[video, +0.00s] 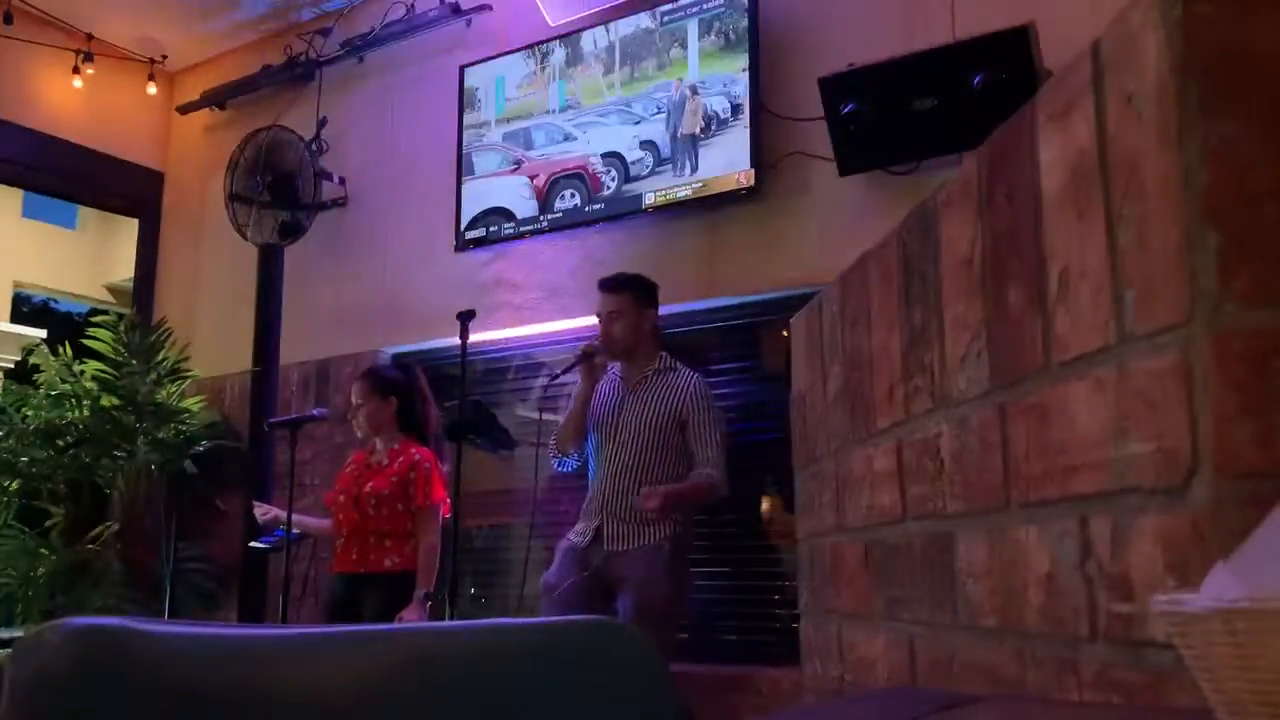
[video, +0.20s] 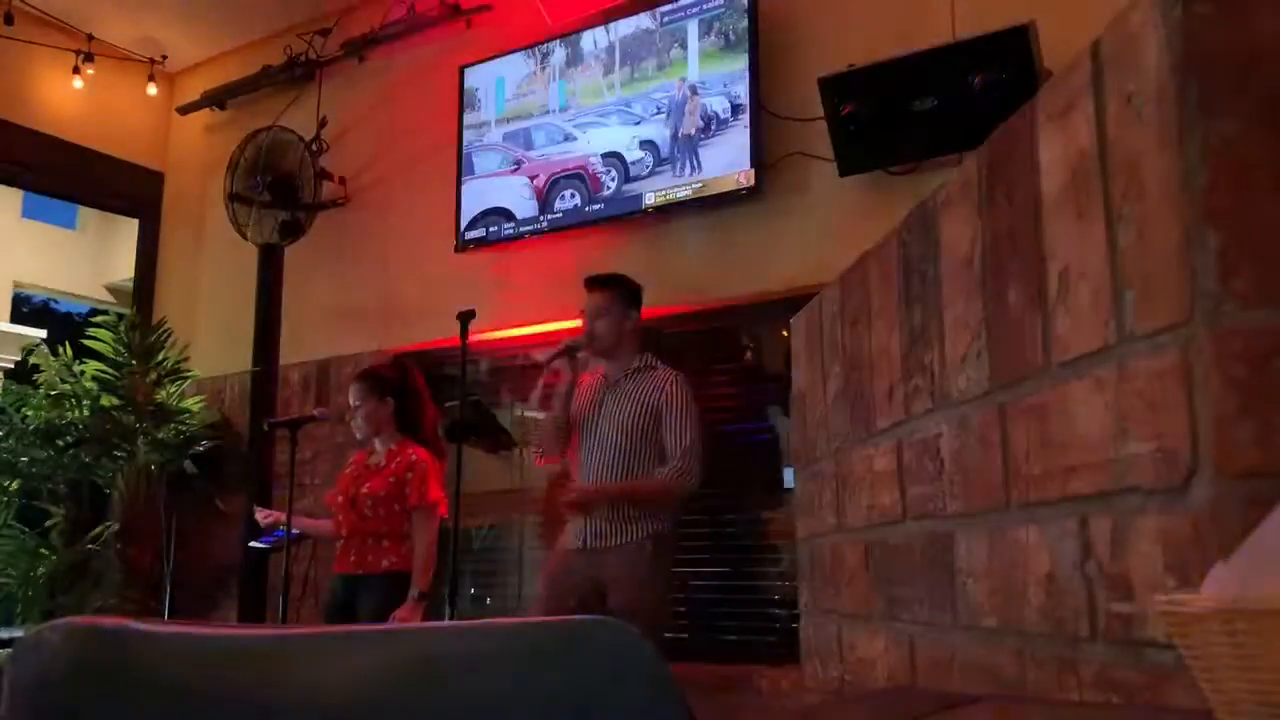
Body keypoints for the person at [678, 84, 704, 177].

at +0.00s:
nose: (688, 93)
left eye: (689, 91)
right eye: (687, 91)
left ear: (693, 91)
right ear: (688, 92)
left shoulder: (698, 100)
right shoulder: (688, 101)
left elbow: (699, 115)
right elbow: (685, 117)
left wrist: (698, 127)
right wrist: (681, 128)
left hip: (694, 130)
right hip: (686, 130)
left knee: (695, 149)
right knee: (689, 150)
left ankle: (696, 166)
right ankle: (692, 168)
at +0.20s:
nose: (688, 92)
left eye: (689, 90)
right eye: (688, 90)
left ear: (692, 90)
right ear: (691, 90)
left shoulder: (696, 100)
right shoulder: (689, 100)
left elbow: (696, 115)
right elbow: (686, 117)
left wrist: (694, 127)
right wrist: (682, 128)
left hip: (694, 128)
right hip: (686, 129)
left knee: (694, 149)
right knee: (689, 150)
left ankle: (699, 167)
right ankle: (692, 168)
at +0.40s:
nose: (688, 91)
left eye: (689, 89)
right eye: (688, 90)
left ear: (692, 90)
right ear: (693, 89)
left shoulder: (695, 100)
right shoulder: (690, 100)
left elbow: (695, 116)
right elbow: (687, 117)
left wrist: (693, 129)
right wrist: (684, 130)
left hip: (693, 131)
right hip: (687, 131)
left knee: (694, 150)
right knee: (690, 151)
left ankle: (698, 167)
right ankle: (693, 168)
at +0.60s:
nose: (687, 91)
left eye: (688, 89)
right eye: (687, 89)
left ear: (691, 90)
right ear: (693, 89)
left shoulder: (695, 100)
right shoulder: (690, 100)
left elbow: (695, 116)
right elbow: (689, 116)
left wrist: (692, 129)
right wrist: (685, 129)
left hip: (692, 131)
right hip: (687, 131)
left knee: (693, 150)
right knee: (690, 150)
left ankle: (695, 169)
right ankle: (692, 168)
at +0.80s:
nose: (688, 92)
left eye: (689, 90)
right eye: (687, 90)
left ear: (693, 90)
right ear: (688, 90)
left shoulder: (697, 101)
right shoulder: (688, 102)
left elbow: (697, 117)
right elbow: (687, 118)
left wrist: (695, 129)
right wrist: (684, 130)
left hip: (693, 131)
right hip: (686, 131)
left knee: (693, 150)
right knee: (690, 151)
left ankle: (695, 170)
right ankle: (692, 170)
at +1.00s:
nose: (688, 92)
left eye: (690, 90)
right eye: (688, 90)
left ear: (694, 91)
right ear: (687, 91)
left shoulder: (698, 101)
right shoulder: (688, 102)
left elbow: (700, 116)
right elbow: (686, 118)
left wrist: (697, 127)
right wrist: (684, 130)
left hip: (694, 131)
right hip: (687, 131)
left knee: (694, 151)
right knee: (690, 152)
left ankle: (696, 169)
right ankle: (692, 169)